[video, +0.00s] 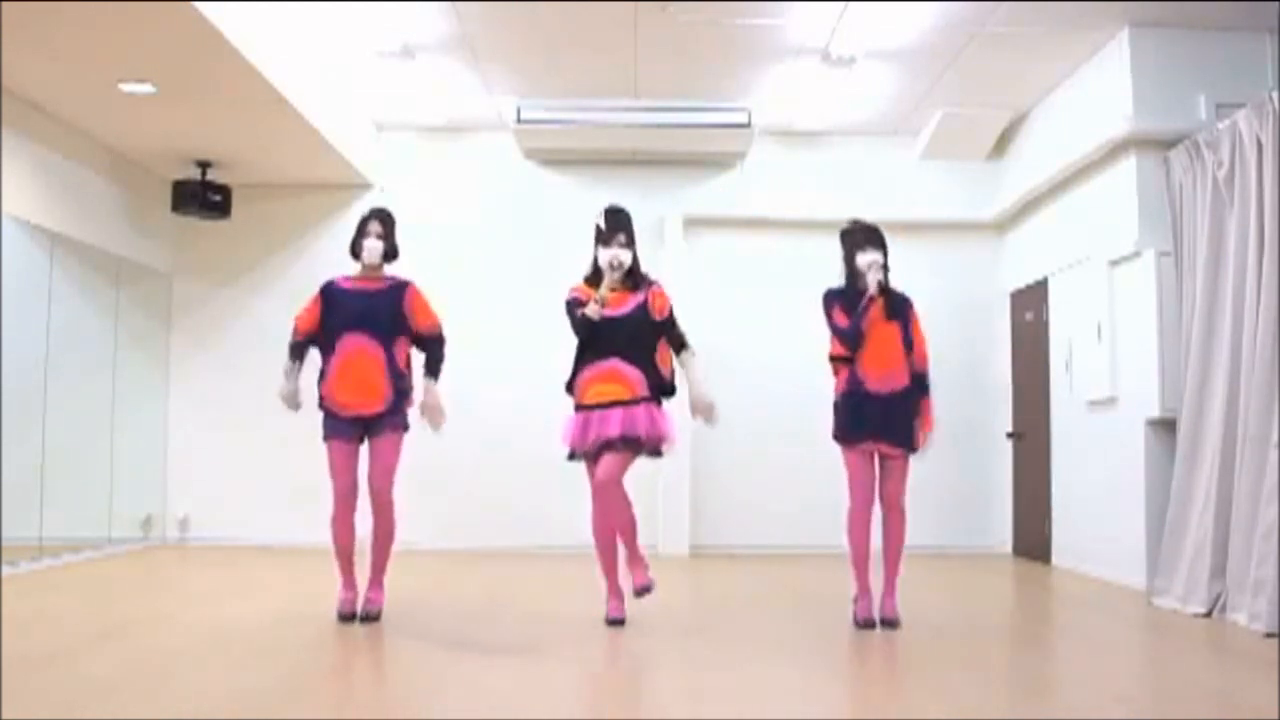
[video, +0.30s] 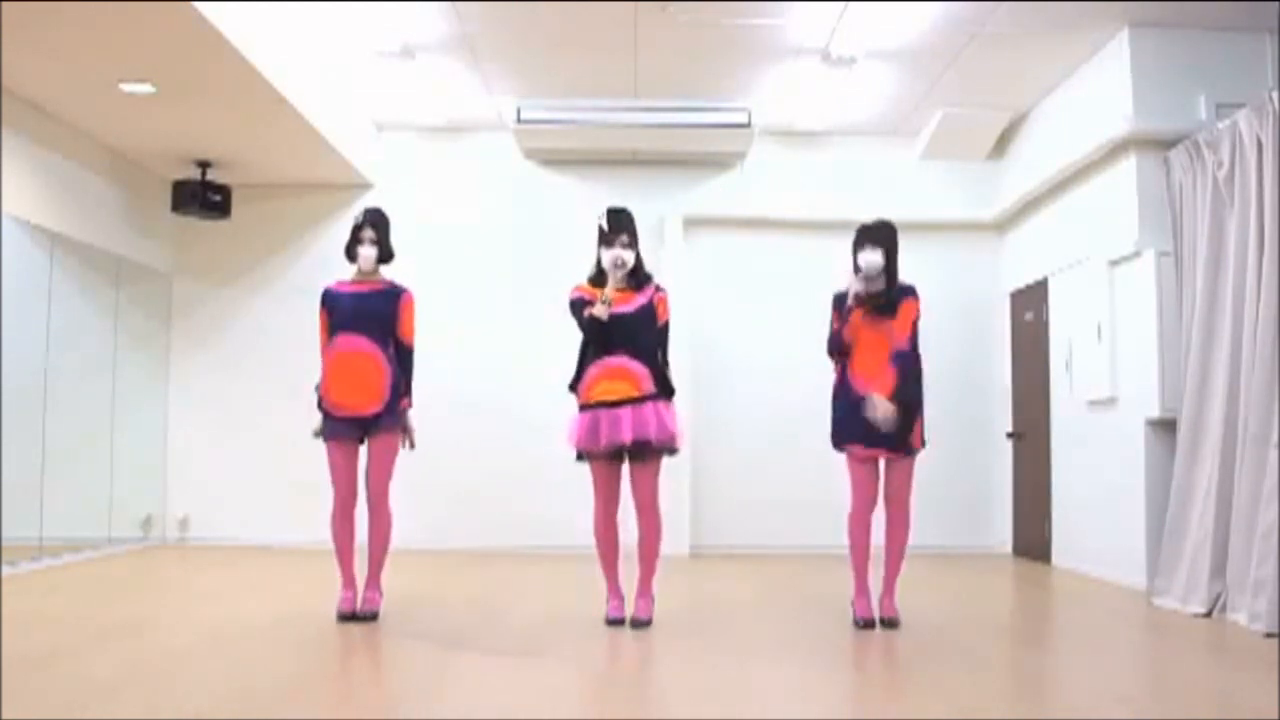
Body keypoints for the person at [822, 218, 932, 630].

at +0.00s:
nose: (870, 261)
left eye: (875, 253)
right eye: (861, 254)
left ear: (885, 256)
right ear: (848, 259)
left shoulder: (900, 304)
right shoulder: (837, 300)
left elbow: (918, 359)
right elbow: (847, 340)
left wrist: (924, 408)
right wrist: (870, 296)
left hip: (897, 403)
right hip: (855, 403)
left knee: (893, 501)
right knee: (862, 500)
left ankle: (890, 593)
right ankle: (862, 593)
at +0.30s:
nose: (870, 259)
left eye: (878, 251)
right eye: (864, 250)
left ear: (891, 255)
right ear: (854, 254)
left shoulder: (906, 298)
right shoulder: (844, 301)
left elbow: (906, 351)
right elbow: (837, 352)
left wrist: (900, 400)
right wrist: (851, 308)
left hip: (902, 409)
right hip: (857, 410)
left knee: (897, 502)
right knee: (863, 500)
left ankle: (889, 593)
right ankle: (861, 593)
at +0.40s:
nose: (857, 259)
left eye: (863, 250)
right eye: (853, 251)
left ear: (884, 253)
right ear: (850, 255)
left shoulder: (899, 295)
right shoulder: (851, 298)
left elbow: (869, 327)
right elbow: (839, 354)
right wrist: (834, 311)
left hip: (900, 403)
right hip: (859, 403)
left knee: (896, 502)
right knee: (865, 498)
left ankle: (890, 594)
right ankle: (862, 593)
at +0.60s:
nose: (839, 268)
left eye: (844, 260)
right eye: (840, 261)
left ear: (860, 263)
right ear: (874, 264)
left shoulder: (868, 305)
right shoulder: (869, 303)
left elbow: (815, 346)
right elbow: (838, 349)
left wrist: (778, 325)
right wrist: (816, 313)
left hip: (906, 410)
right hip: (893, 409)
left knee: (880, 498)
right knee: (876, 500)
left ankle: (906, 593)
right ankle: (873, 592)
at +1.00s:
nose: (824, 285)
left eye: (828, 278)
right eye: (826, 277)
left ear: (840, 282)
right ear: (860, 280)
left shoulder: (855, 322)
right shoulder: (867, 317)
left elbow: (804, 361)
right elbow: (835, 364)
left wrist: (764, 339)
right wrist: (812, 331)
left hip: (907, 415)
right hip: (914, 412)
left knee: (871, 498)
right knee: (888, 506)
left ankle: (903, 590)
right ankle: (875, 594)